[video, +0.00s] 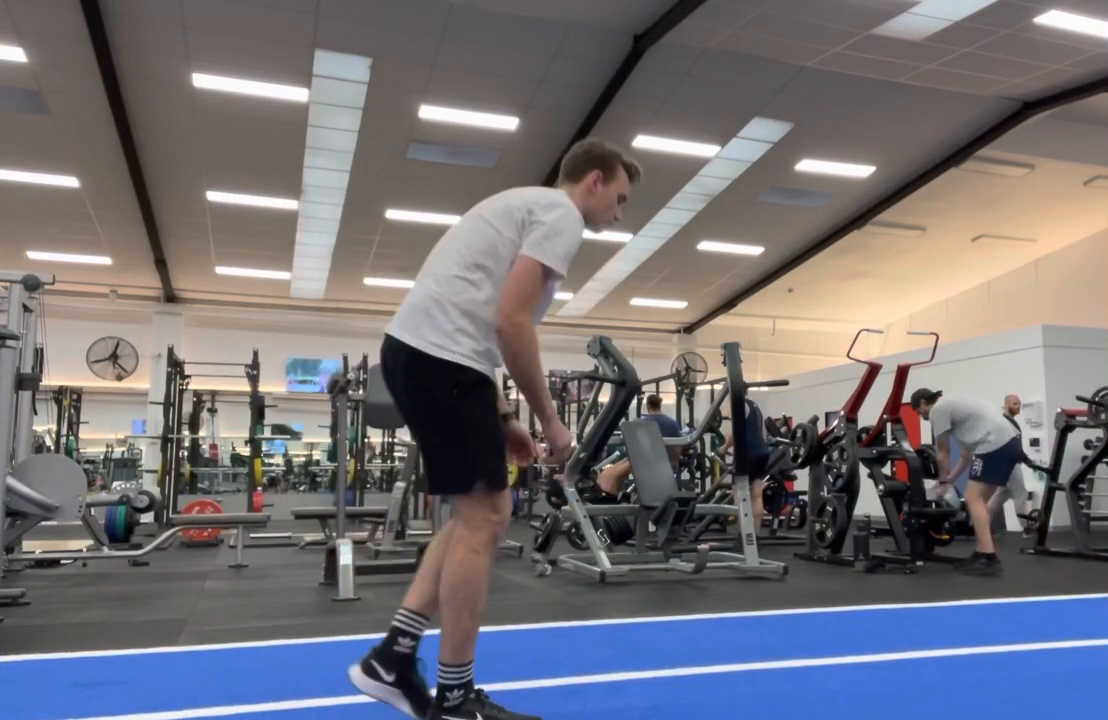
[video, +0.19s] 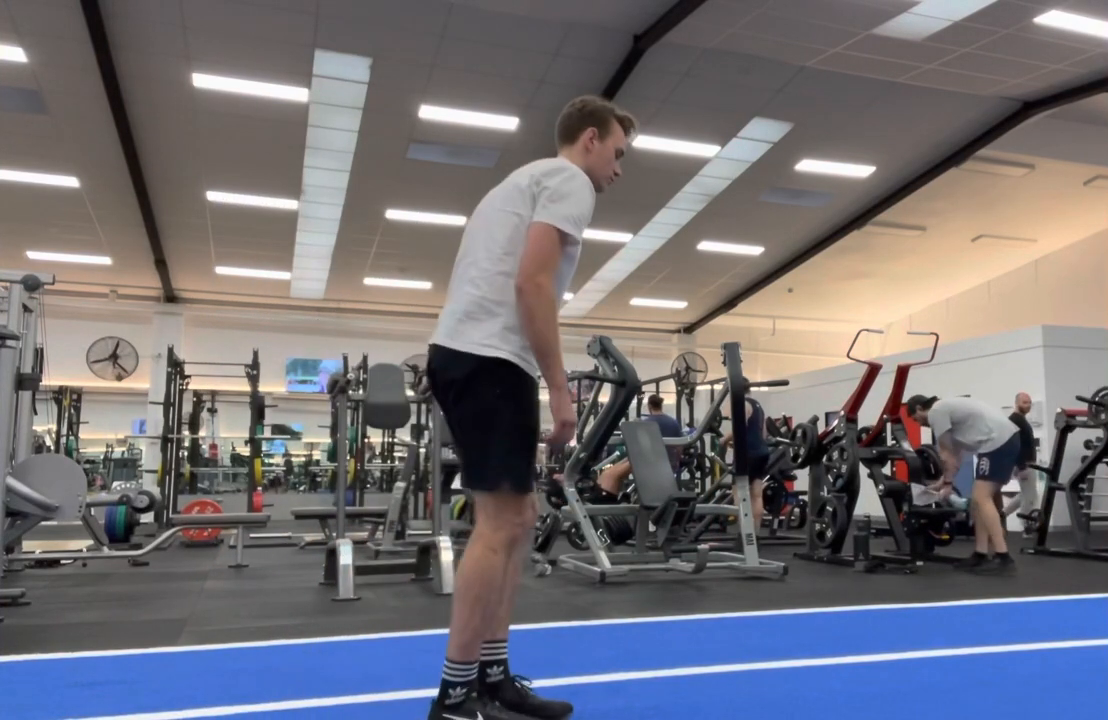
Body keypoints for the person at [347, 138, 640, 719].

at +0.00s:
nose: (616, 215)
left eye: (622, 205)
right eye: (618, 200)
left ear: (581, 179)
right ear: (594, 180)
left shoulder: (518, 205)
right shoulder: (558, 212)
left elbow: (461, 328)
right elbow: (513, 319)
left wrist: (499, 423)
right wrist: (548, 417)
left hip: (418, 350)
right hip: (444, 356)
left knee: (479, 512)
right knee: (483, 517)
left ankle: (395, 653)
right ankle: (454, 697)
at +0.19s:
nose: (617, 170)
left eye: (622, 158)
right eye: (617, 153)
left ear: (574, 140)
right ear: (589, 138)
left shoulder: (520, 183)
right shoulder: (568, 180)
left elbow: (484, 287)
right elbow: (533, 280)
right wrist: (559, 388)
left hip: (465, 358)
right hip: (491, 360)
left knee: (517, 517)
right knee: (498, 523)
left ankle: (491, 676)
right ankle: (455, 694)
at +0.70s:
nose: (690, 180)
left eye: (693, 169)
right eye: (690, 165)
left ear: (651, 151)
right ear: (664, 150)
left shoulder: (600, 187)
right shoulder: (636, 187)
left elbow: (571, 288)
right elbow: (594, 280)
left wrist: (606, 380)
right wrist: (616, 386)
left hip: (532, 361)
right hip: (562, 364)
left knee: (584, 516)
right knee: (602, 514)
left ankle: (510, 663)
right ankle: (607, 688)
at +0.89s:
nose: (736, 243)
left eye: (742, 235)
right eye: (739, 229)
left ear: (701, 203)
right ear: (720, 208)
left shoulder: (642, 223)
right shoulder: (690, 233)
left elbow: (573, 310)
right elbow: (638, 319)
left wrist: (542, 419)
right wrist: (623, 429)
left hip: (544, 364)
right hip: (568, 367)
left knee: (629, 509)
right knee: (618, 517)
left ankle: (633, 662)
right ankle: (607, 692)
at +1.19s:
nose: (777, 345)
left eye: (785, 337)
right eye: (782, 333)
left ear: (757, 303)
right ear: (767, 308)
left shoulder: (699, 298)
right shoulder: (731, 316)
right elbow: (670, 403)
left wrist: (542, 466)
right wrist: (640, 505)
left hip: (549, 361)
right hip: (576, 371)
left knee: (632, 518)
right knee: (635, 520)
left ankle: (670, 670)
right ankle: (609, 692)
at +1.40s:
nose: (777, 398)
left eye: (787, 392)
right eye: (786, 387)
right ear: (776, 358)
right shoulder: (743, 357)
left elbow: (612, 443)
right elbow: (687, 463)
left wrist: (567, 530)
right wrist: (661, 573)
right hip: (577, 364)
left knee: (636, 516)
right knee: (639, 526)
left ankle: (670, 669)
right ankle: (610, 692)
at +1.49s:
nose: (777, 416)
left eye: (786, 409)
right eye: (787, 403)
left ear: (774, 369)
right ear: (779, 374)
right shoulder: (747, 371)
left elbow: (628, 472)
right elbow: (697, 483)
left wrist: (594, 560)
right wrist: (682, 599)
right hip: (581, 362)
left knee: (641, 518)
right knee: (645, 519)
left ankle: (671, 672)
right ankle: (610, 690)